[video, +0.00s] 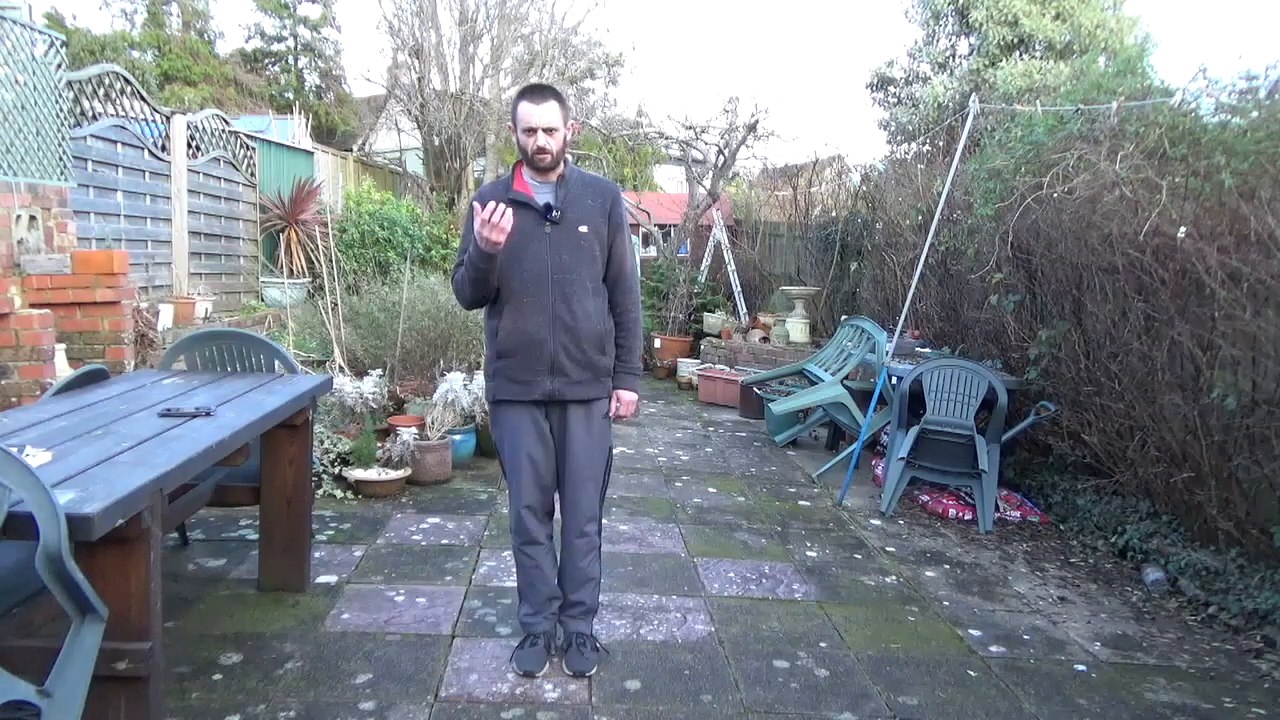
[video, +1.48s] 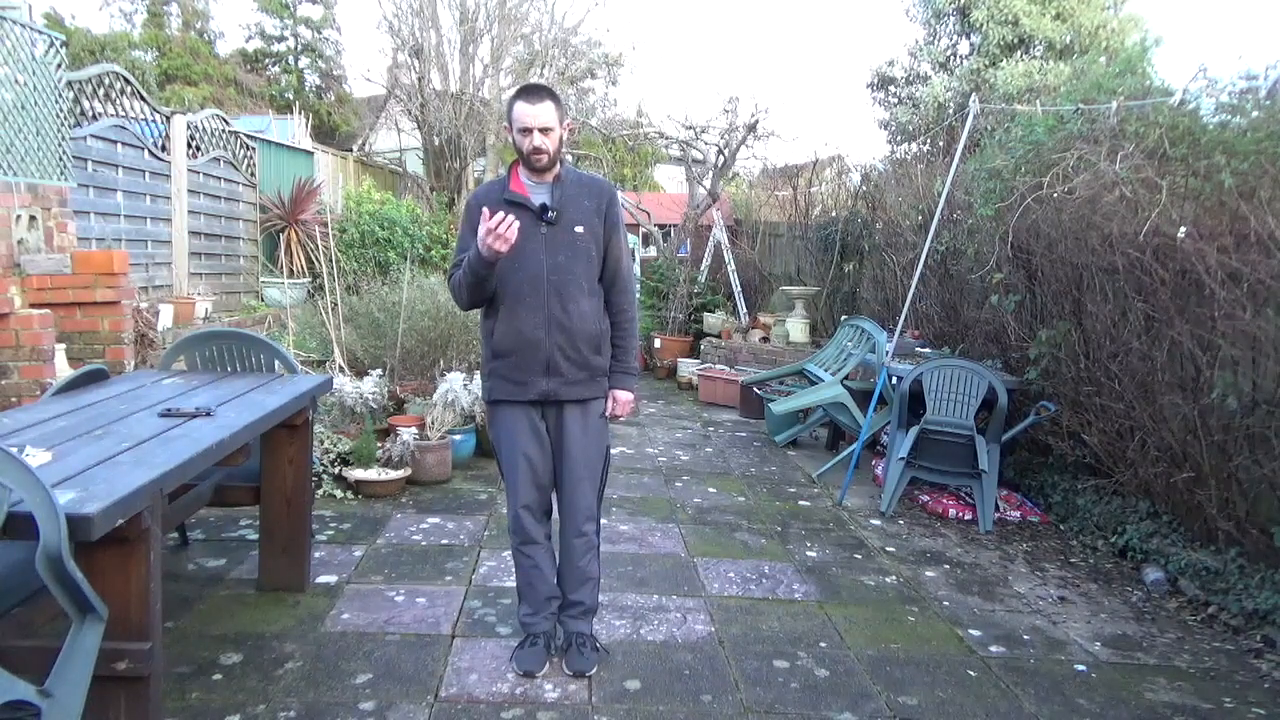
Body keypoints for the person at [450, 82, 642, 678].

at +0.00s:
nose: (539, 141)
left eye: (548, 130)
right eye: (529, 131)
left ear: (568, 129)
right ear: (515, 134)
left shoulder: (603, 195)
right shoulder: (491, 197)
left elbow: (625, 293)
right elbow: (468, 295)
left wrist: (628, 375)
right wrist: (485, 250)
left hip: (589, 379)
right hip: (516, 381)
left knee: (583, 513)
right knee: (528, 513)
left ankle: (580, 627)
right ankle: (536, 628)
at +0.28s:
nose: (537, 141)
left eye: (547, 130)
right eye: (527, 132)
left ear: (567, 129)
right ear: (513, 135)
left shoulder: (602, 195)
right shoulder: (489, 198)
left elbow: (624, 292)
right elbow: (467, 295)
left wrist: (627, 375)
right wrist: (484, 251)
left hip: (589, 379)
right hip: (515, 381)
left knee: (582, 514)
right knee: (528, 513)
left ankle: (579, 627)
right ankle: (535, 629)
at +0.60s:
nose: (536, 141)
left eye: (545, 130)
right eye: (525, 132)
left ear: (565, 130)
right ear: (512, 134)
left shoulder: (599, 195)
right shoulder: (487, 198)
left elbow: (622, 292)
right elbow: (466, 295)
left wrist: (625, 375)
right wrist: (483, 249)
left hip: (587, 377)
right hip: (513, 380)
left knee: (582, 512)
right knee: (527, 512)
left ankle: (580, 626)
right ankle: (535, 627)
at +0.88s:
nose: (535, 141)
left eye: (544, 130)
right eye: (524, 132)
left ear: (564, 130)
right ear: (511, 134)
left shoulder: (599, 195)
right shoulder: (487, 198)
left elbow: (622, 291)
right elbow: (465, 295)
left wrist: (625, 375)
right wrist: (484, 259)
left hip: (586, 378)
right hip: (513, 380)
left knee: (582, 512)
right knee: (526, 512)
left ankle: (580, 626)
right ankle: (535, 627)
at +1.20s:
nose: (535, 141)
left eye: (544, 130)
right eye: (524, 132)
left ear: (563, 130)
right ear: (510, 135)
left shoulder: (599, 195)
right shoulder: (486, 200)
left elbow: (621, 291)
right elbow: (465, 296)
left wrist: (624, 375)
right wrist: (483, 260)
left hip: (586, 378)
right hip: (512, 381)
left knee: (582, 513)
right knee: (526, 513)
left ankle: (580, 625)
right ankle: (535, 627)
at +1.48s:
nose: (536, 141)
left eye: (545, 130)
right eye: (525, 132)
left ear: (564, 129)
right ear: (511, 135)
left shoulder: (599, 195)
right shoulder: (486, 200)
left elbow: (621, 292)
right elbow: (465, 295)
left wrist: (624, 375)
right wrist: (487, 256)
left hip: (586, 378)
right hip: (512, 381)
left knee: (581, 513)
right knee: (526, 513)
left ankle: (580, 625)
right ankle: (535, 627)